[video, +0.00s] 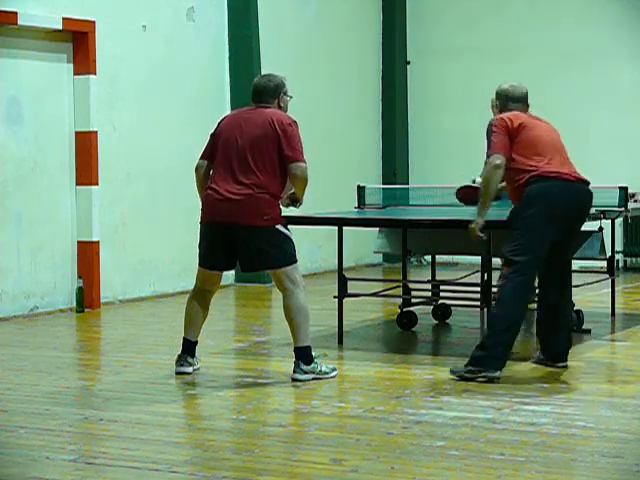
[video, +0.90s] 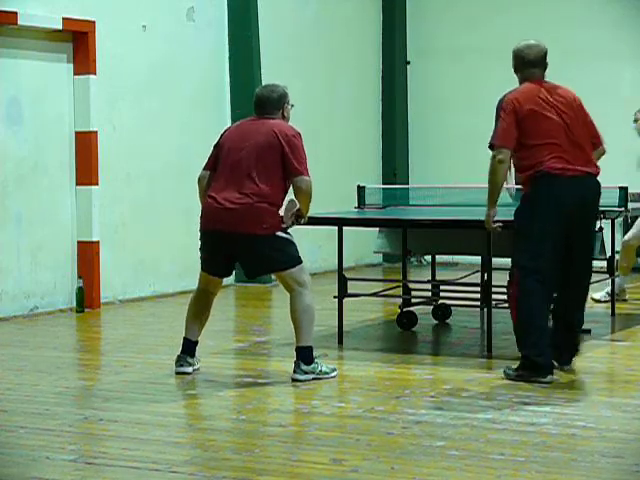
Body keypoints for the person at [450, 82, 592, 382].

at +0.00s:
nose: (492, 113)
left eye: (493, 109)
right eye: (492, 109)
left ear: (499, 106)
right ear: (526, 107)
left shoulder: (502, 121)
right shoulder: (542, 124)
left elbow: (497, 163)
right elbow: (547, 164)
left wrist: (481, 215)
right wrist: (505, 185)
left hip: (543, 193)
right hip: (578, 193)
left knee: (518, 273)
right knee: (555, 269)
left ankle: (487, 362)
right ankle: (554, 353)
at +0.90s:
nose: (517, 74)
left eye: (515, 69)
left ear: (516, 69)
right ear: (545, 67)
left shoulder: (513, 101)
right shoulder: (569, 97)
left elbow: (502, 157)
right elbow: (598, 148)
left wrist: (491, 207)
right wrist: (567, 174)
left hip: (545, 191)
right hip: (586, 191)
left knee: (531, 273)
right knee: (576, 273)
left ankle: (536, 363)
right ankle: (563, 354)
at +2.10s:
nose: (484, 73)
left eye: (480, 68)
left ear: (479, 70)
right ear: (508, 68)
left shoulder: (469, 107)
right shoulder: (533, 101)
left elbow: (452, 159)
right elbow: (561, 148)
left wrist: (443, 212)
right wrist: (538, 180)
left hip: (496, 203)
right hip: (541, 200)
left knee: (474, 284)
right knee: (560, 275)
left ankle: (484, 364)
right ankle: (606, 346)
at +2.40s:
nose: (481, 78)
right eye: (485, 74)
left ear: (458, 72)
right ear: (487, 75)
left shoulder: (435, 101)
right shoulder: (500, 112)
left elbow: (407, 144)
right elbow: (520, 164)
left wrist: (403, 190)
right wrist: (488, 185)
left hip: (427, 197)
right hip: (470, 201)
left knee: (413, 265)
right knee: (471, 276)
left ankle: (406, 333)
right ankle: (470, 358)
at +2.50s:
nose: (461, 89)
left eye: (456, 82)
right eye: (466, 85)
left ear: (444, 83)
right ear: (470, 86)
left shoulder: (418, 110)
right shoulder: (481, 122)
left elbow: (387, 152)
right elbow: (498, 177)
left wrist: (377, 198)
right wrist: (466, 194)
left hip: (408, 204)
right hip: (453, 208)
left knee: (380, 273)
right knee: (471, 282)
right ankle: (470, 358)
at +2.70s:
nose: (436, 102)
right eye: (436, 98)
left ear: (407, 98)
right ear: (435, 99)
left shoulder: (381, 126)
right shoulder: (443, 130)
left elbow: (349, 173)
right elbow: (462, 182)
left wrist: (342, 218)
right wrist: (441, 205)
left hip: (375, 213)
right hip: (422, 216)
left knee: (352, 279)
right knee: (448, 279)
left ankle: (320, 352)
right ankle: (466, 353)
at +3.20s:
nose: (516, 137)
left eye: (517, 131)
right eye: (516, 130)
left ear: (494, 118)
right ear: (505, 126)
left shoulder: (458, 125)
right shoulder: (477, 151)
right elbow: (469, 213)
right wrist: (511, 218)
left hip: (381, 196)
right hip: (411, 211)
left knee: (352, 271)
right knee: (454, 277)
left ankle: (309, 335)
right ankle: (451, 356)